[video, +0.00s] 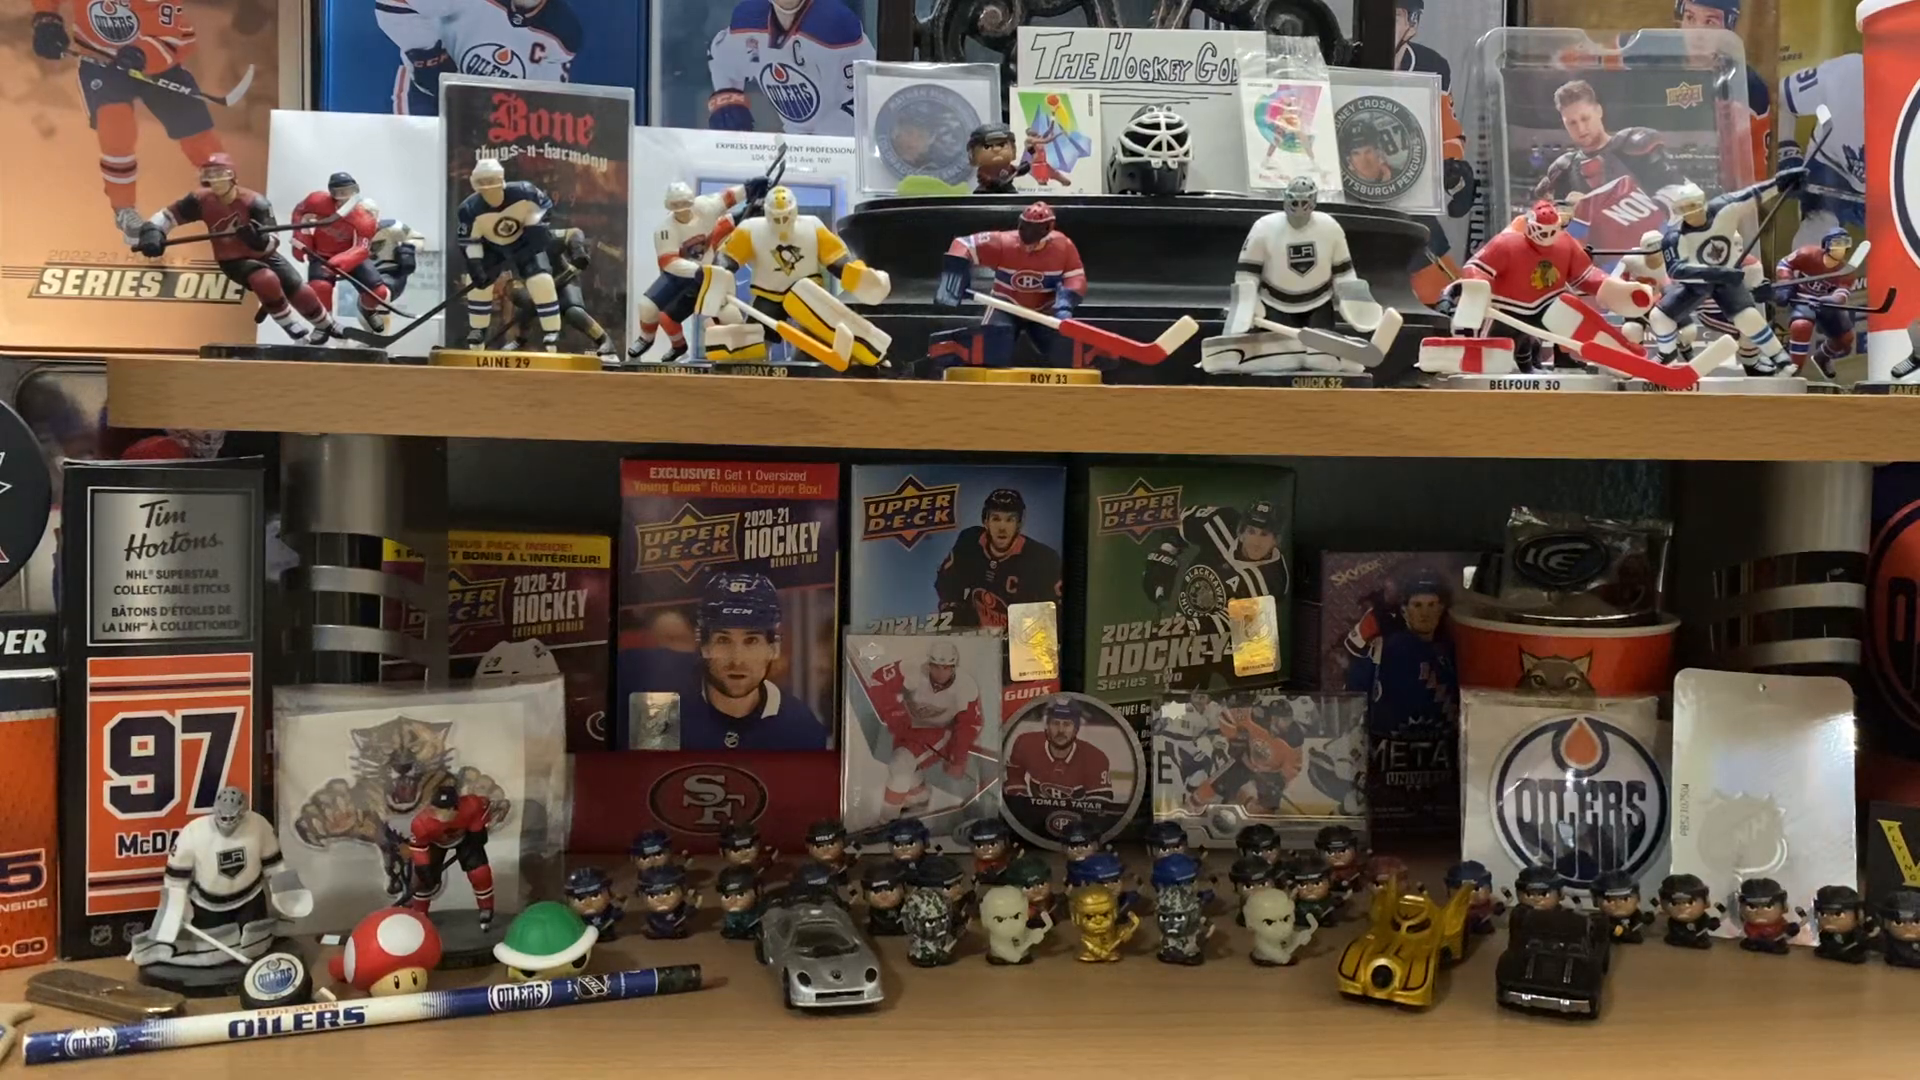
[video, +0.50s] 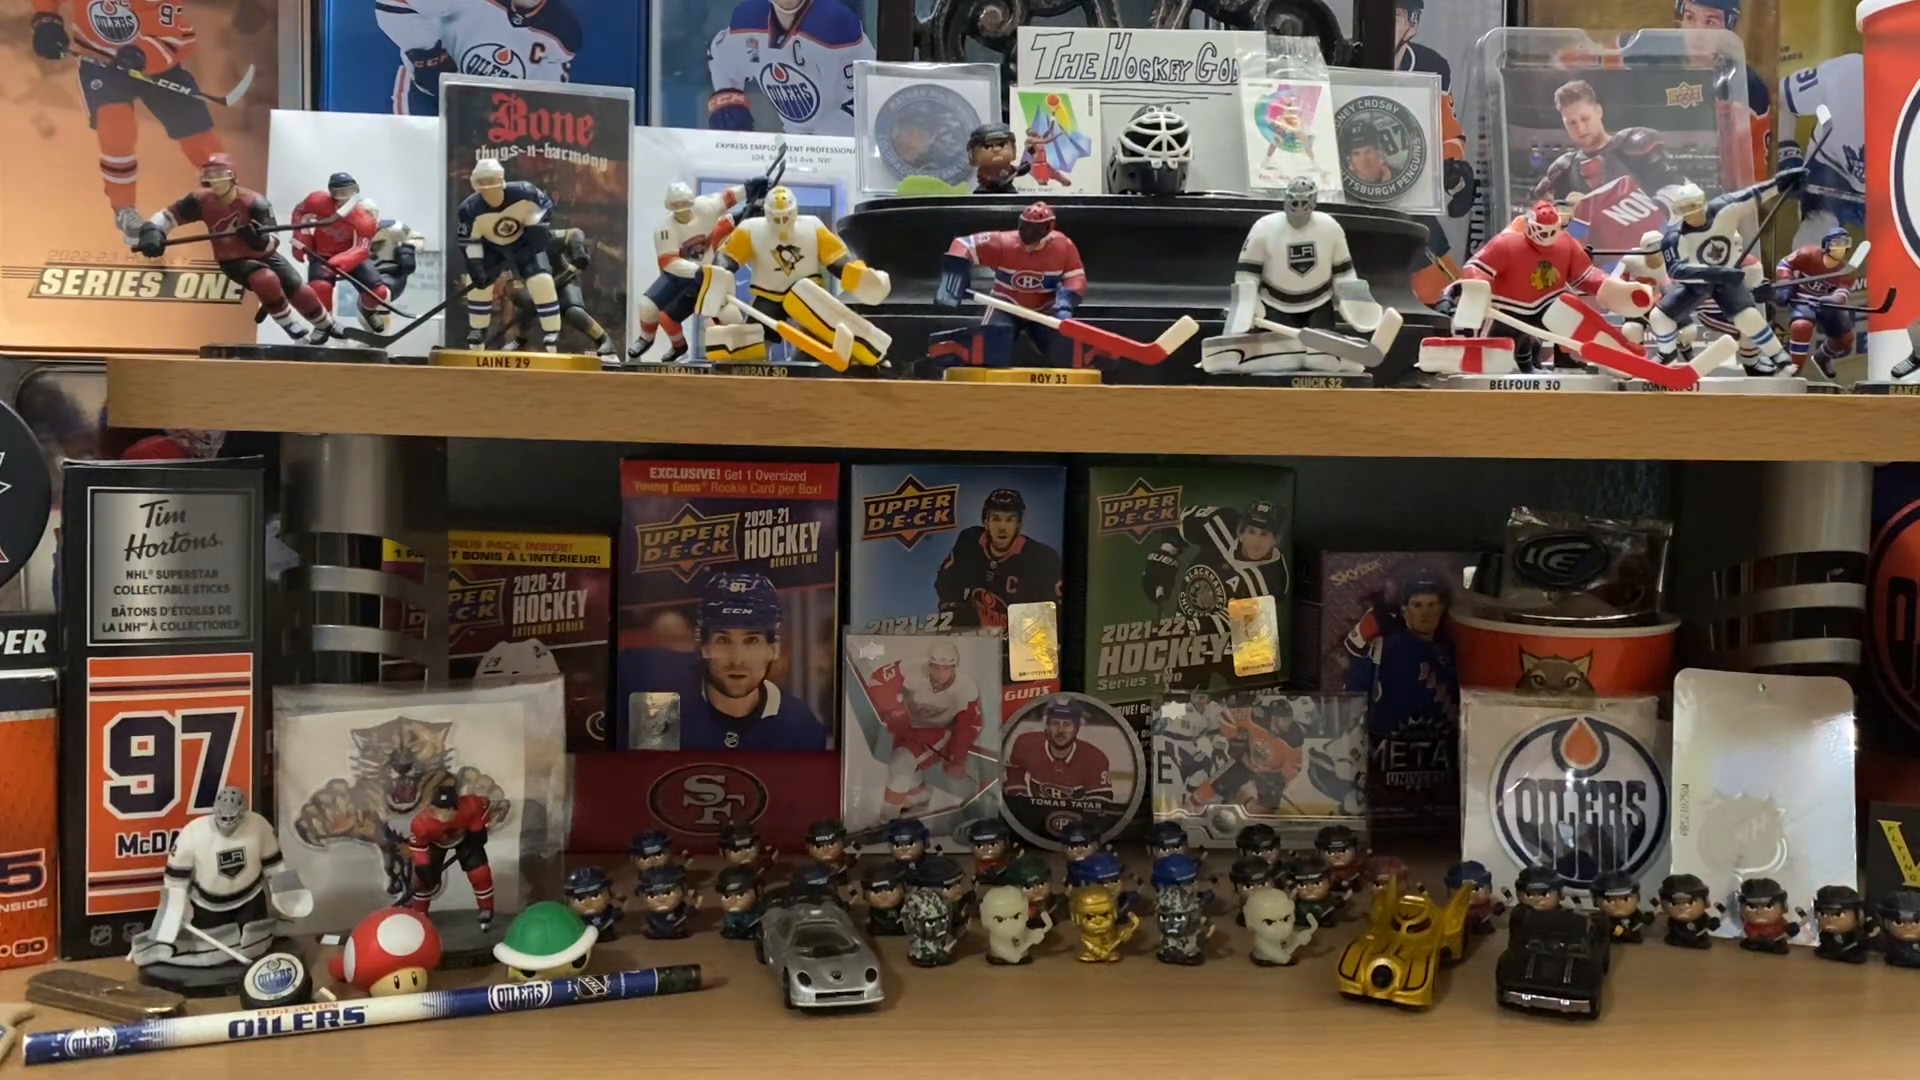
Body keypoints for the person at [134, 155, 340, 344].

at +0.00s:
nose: (213, 181)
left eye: (219, 175)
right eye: (209, 176)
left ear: (232, 177)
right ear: (205, 179)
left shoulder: (254, 202)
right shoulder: (201, 202)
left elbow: (272, 243)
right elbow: (166, 217)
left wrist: (256, 239)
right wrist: (153, 233)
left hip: (265, 254)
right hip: (233, 259)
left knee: (302, 294)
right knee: (267, 279)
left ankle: (330, 327)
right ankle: (292, 325)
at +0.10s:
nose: (214, 181)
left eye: (219, 175)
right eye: (210, 176)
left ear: (232, 177)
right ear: (205, 179)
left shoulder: (254, 202)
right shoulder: (201, 202)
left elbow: (272, 243)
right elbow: (166, 217)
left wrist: (257, 240)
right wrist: (153, 233)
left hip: (265, 254)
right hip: (233, 259)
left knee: (303, 294)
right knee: (267, 279)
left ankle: (330, 327)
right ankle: (294, 328)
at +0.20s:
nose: (214, 181)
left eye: (219, 175)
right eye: (209, 176)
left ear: (232, 177)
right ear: (205, 179)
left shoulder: (254, 202)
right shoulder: (201, 202)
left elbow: (272, 243)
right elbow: (167, 217)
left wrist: (256, 239)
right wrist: (153, 232)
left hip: (265, 254)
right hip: (233, 259)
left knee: (302, 294)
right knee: (267, 279)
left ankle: (329, 327)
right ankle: (294, 328)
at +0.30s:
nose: (214, 181)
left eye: (219, 175)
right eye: (209, 176)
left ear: (232, 177)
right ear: (205, 179)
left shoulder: (254, 202)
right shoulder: (201, 202)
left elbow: (272, 243)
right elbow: (167, 217)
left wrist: (256, 239)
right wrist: (153, 232)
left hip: (265, 254)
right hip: (233, 259)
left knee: (303, 294)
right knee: (267, 279)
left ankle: (329, 327)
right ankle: (294, 328)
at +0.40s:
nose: (214, 181)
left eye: (219, 175)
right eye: (209, 176)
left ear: (232, 177)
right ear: (205, 179)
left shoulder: (254, 202)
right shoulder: (201, 202)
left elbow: (272, 243)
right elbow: (167, 217)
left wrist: (256, 240)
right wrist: (153, 232)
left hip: (265, 254)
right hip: (233, 259)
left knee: (302, 294)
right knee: (267, 279)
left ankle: (329, 327)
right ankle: (294, 328)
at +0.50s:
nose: (214, 182)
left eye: (219, 176)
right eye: (209, 177)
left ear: (232, 177)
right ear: (205, 180)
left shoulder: (254, 202)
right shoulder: (201, 202)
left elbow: (272, 243)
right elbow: (166, 217)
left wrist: (256, 239)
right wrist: (153, 232)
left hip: (265, 254)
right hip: (233, 259)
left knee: (303, 294)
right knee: (267, 279)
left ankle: (330, 327)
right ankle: (292, 325)